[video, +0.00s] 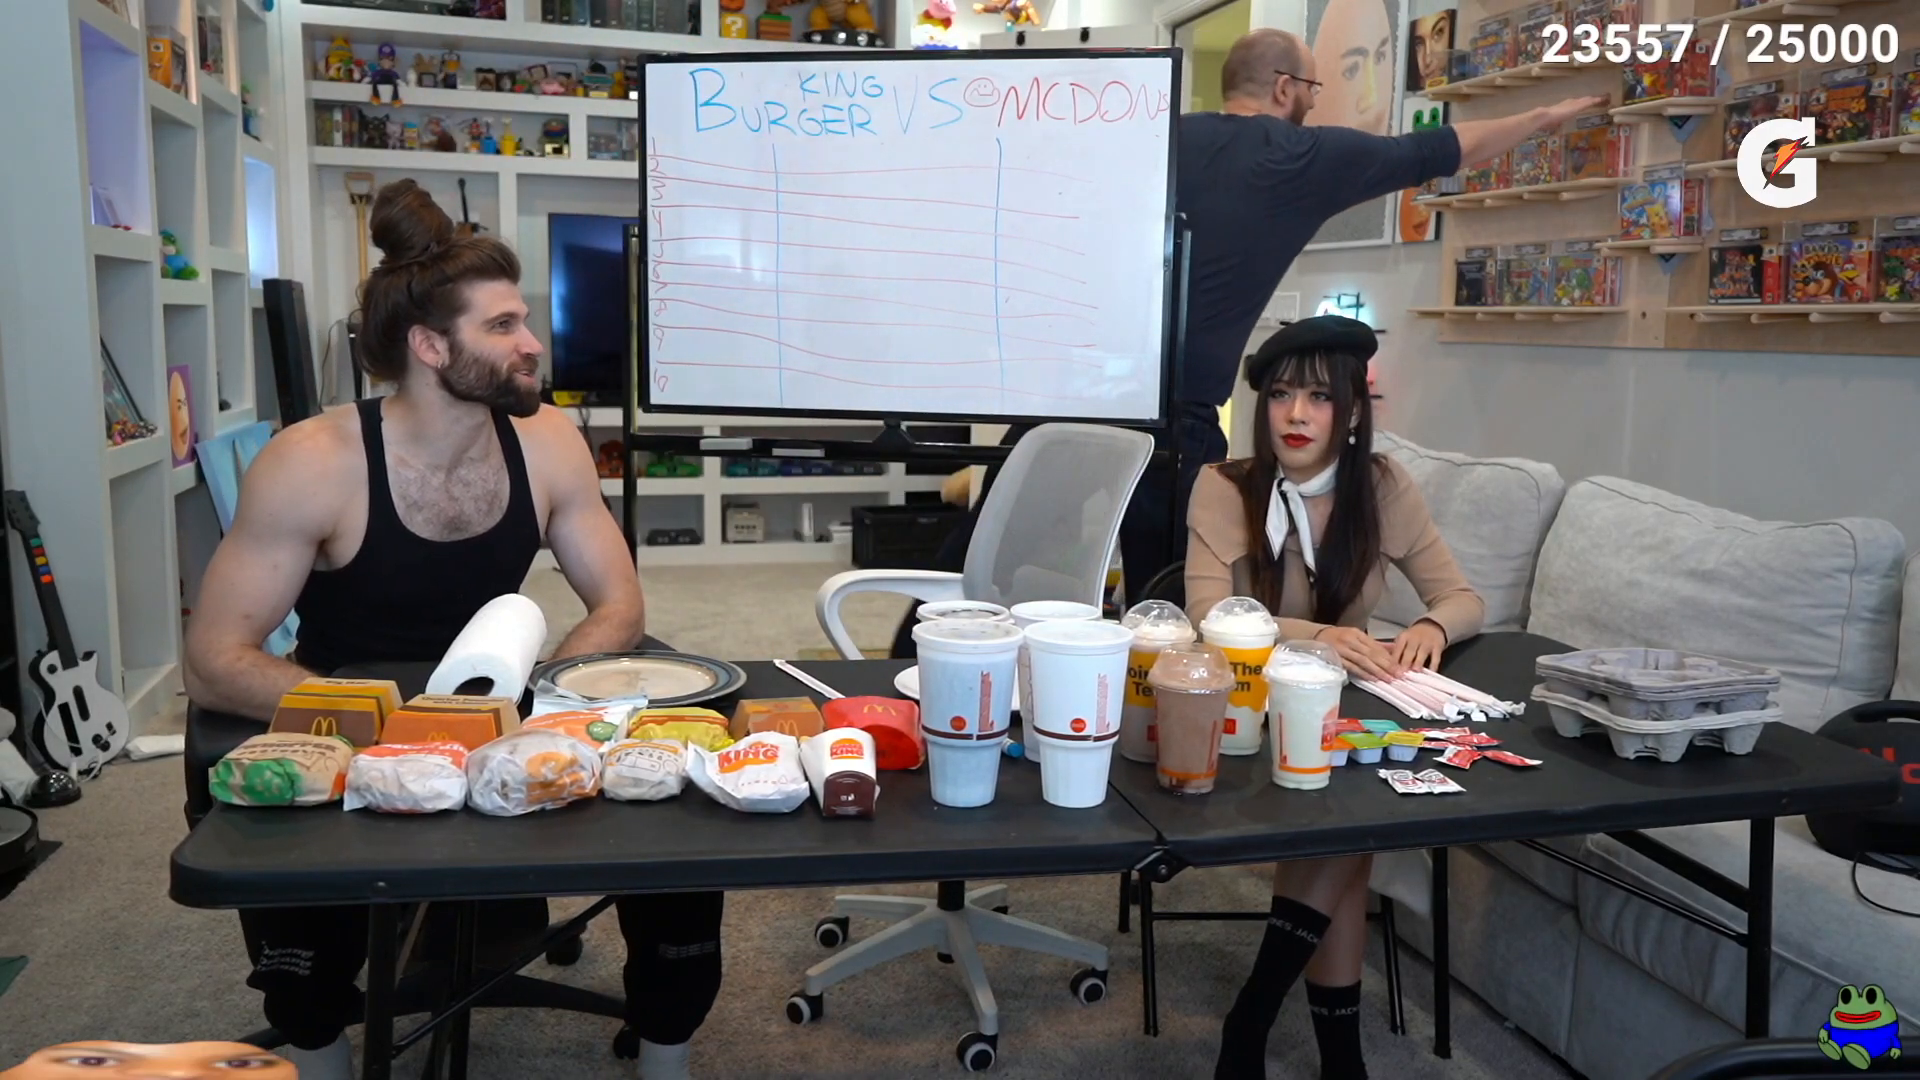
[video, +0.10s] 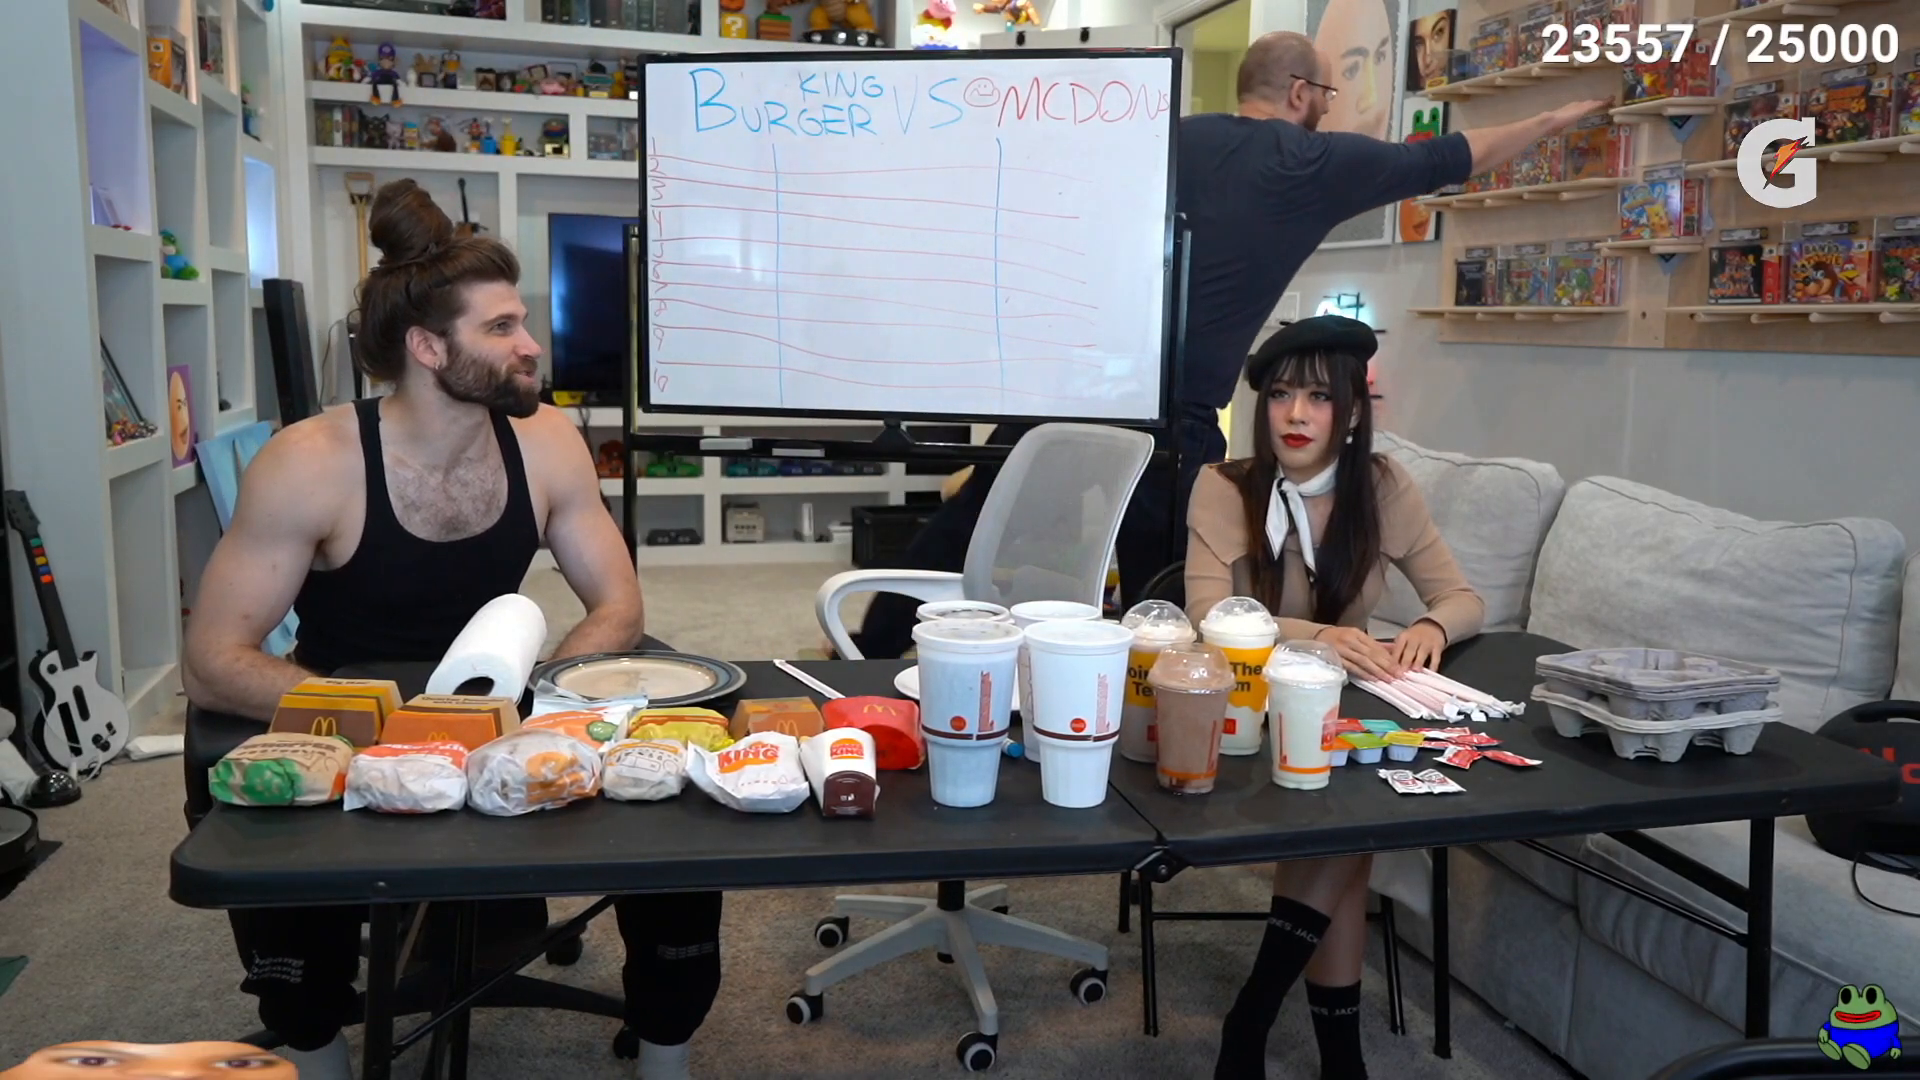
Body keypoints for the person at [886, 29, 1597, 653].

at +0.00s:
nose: (1320, 103)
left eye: (1318, 90)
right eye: (1316, 90)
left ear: (1229, 87)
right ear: (1288, 93)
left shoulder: (1156, 129)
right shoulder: (1303, 156)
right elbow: (1450, 147)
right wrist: (1561, 112)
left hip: (1078, 389)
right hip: (1175, 411)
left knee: (1055, 572)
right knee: (1171, 590)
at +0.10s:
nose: (1338, 109)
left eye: (1334, 95)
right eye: (1330, 95)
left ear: (1244, 94)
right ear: (1296, 97)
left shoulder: (1160, 132)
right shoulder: (1314, 162)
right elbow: (1465, 154)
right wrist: (1582, 109)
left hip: (1061, 389)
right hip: (1172, 414)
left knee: (956, 533)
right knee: (1159, 596)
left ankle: (878, 649)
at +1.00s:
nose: (1268, 112)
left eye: (1269, 99)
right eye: (1268, 98)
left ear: (1191, 83)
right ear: (1247, 87)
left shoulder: (1108, 128)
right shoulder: (1256, 152)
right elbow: (1396, 158)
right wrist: (1490, 104)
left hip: (1042, 400)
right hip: (1152, 419)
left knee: (989, 567)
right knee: (1147, 594)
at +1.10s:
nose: (1242, 100)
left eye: (1237, 90)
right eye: (1242, 89)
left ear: (1164, 81)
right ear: (1227, 84)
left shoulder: (1096, 129)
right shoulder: (1250, 148)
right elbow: (1377, 164)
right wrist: (1444, 109)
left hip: (1040, 400)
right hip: (1151, 414)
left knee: (1011, 569)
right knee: (1146, 590)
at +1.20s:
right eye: (1199, 91)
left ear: (1108, 79)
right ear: (1194, 90)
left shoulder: (1055, 139)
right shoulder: (1219, 150)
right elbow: (1349, 175)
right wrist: (1384, 132)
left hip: (1023, 426)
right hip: (1141, 431)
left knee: (990, 600)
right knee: (1137, 612)